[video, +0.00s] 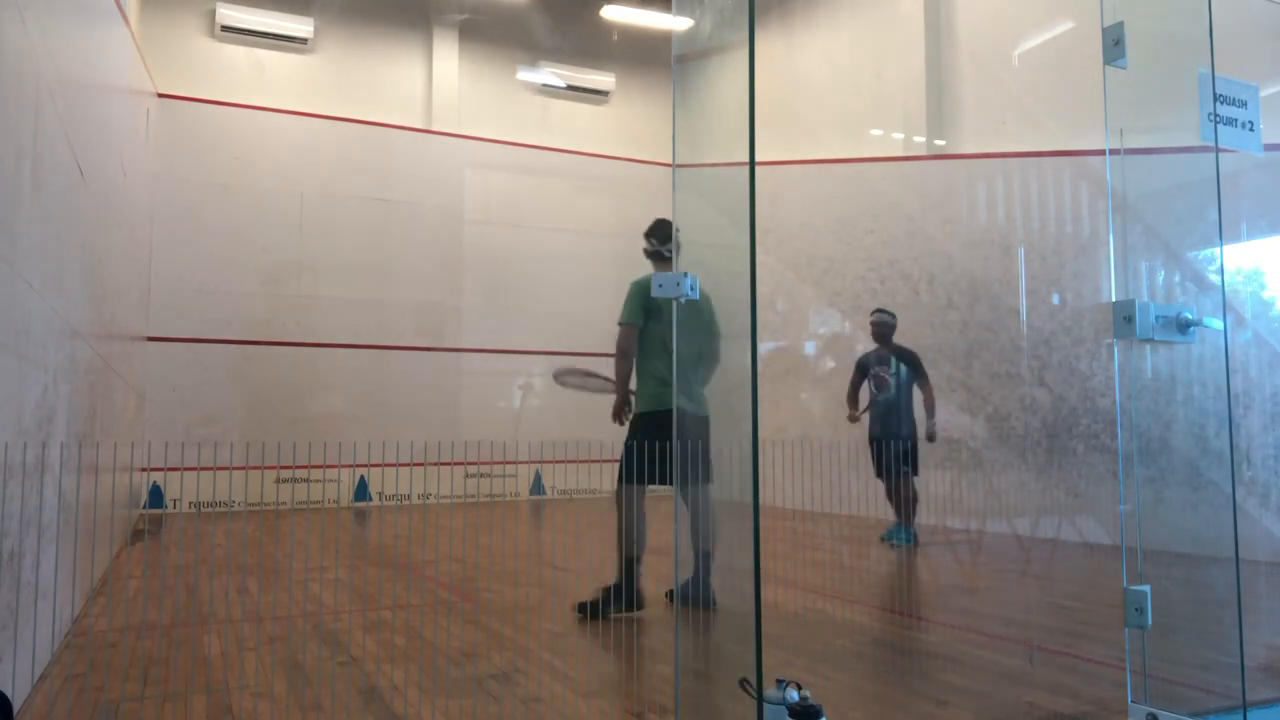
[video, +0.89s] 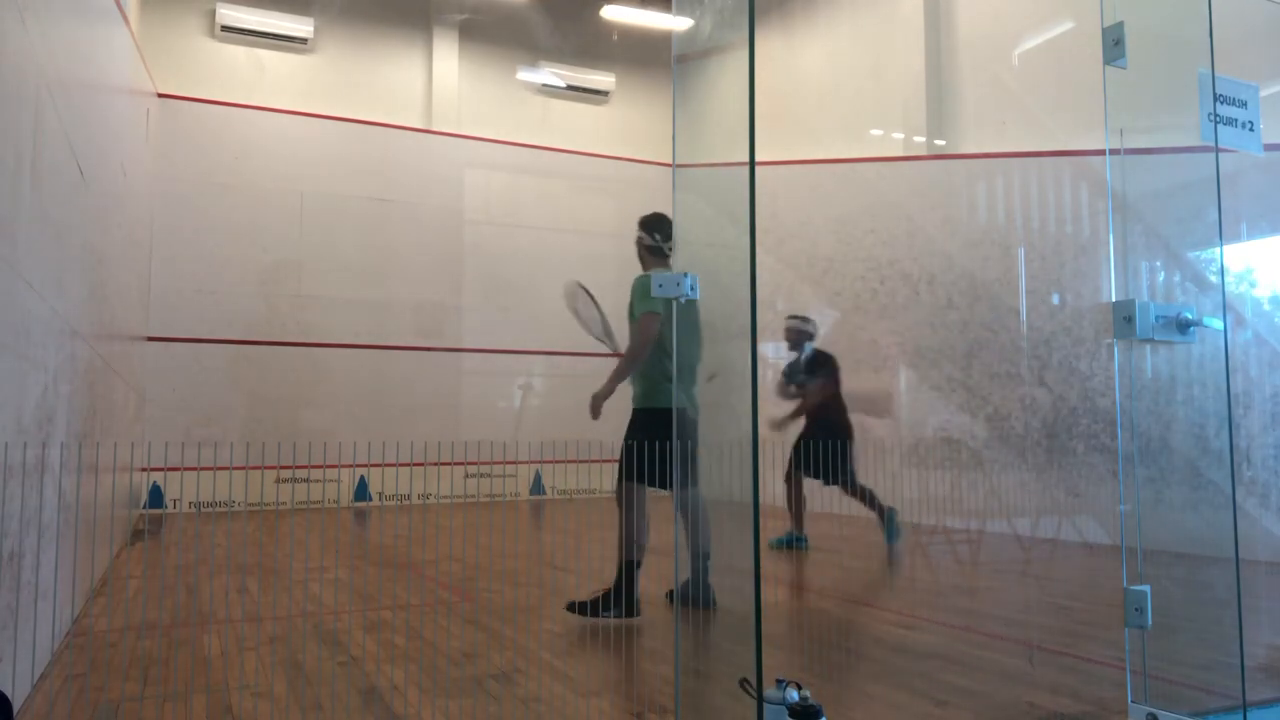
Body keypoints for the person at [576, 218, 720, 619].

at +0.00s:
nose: (648, 255)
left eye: (647, 248)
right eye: (658, 246)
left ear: (648, 250)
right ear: (678, 249)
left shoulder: (642, 289)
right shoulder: (698, 293)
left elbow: (625, 345)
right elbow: (712, 353)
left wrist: (622, 393)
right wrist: (691, 387)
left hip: (654, 412)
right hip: (693, 413)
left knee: (629, 492)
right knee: (698, 495)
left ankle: (626, 586)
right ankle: (702, 582)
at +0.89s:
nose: (635, 245)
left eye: (637, 239)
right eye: (639, 238)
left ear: (642, 244)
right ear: (671, 247)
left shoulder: (648, 282)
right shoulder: (684, 287)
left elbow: (644, 338)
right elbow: (684, 350)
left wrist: (607, 388)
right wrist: (632, 356)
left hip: (654, 410)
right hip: (685, 410)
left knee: (629, 493)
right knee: (689, 495)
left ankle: (623, 593)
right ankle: (700, 584)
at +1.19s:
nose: (594, 241)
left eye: (598, 234)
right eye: (596, 234)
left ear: (609, 238)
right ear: (625, 239)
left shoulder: (625, 282)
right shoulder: (629, 283)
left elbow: (631, 341)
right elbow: (622, 353)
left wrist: (572, 376)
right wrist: (571, 358)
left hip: (624, 408)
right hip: (628, 406)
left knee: (606, 499)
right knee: (629, 495)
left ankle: (609, 604)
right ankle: (677, 569)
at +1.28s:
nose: (579, 235)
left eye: (584, 228)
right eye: (580, 228)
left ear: (600, 232)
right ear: (604, 234)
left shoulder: (614, 277)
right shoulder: (602, 280)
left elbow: (618, 334)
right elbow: (599, 346)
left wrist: (556, 359)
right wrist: (550, 352)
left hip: (616, 408)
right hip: (601, 408)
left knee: (602, 501)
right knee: (580, 495)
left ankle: (611, 605)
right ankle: (635, 568)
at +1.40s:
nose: (564, 229)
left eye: (572, 222)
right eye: (565, 221)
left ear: (594, 228)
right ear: (577, 228)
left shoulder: (600, 275)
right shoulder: (584, 278)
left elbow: (595, 329)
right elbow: (576, 343)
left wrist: (532, 337)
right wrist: (525, 341)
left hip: (605, 411)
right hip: (582, 410)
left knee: (601, 503)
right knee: (539, 490)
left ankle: (611, 606)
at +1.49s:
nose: (548, 231)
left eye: (558, 225)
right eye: (549, 224)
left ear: (578, 232)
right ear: (550, 229)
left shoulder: (586, 279)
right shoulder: (564, 282)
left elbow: (556, 324)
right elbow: (539, 340)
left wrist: (503, 307)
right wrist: (510, 311)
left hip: (587, 414)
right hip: (558, 413)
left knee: (588, 507)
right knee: (505, 491)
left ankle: (610, 607)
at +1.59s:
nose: (528, 229)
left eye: (536, 223)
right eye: (530, 222)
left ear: (553, 233)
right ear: (541, 233)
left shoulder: (563, 282)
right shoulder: (537, 287)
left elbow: (524, 307)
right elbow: (501, 336)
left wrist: (482, 269)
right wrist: (492, 288)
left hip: (564, 417)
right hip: (530, 417)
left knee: (571, 510)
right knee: (471, 494)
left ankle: (609, 607)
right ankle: (425, 590)